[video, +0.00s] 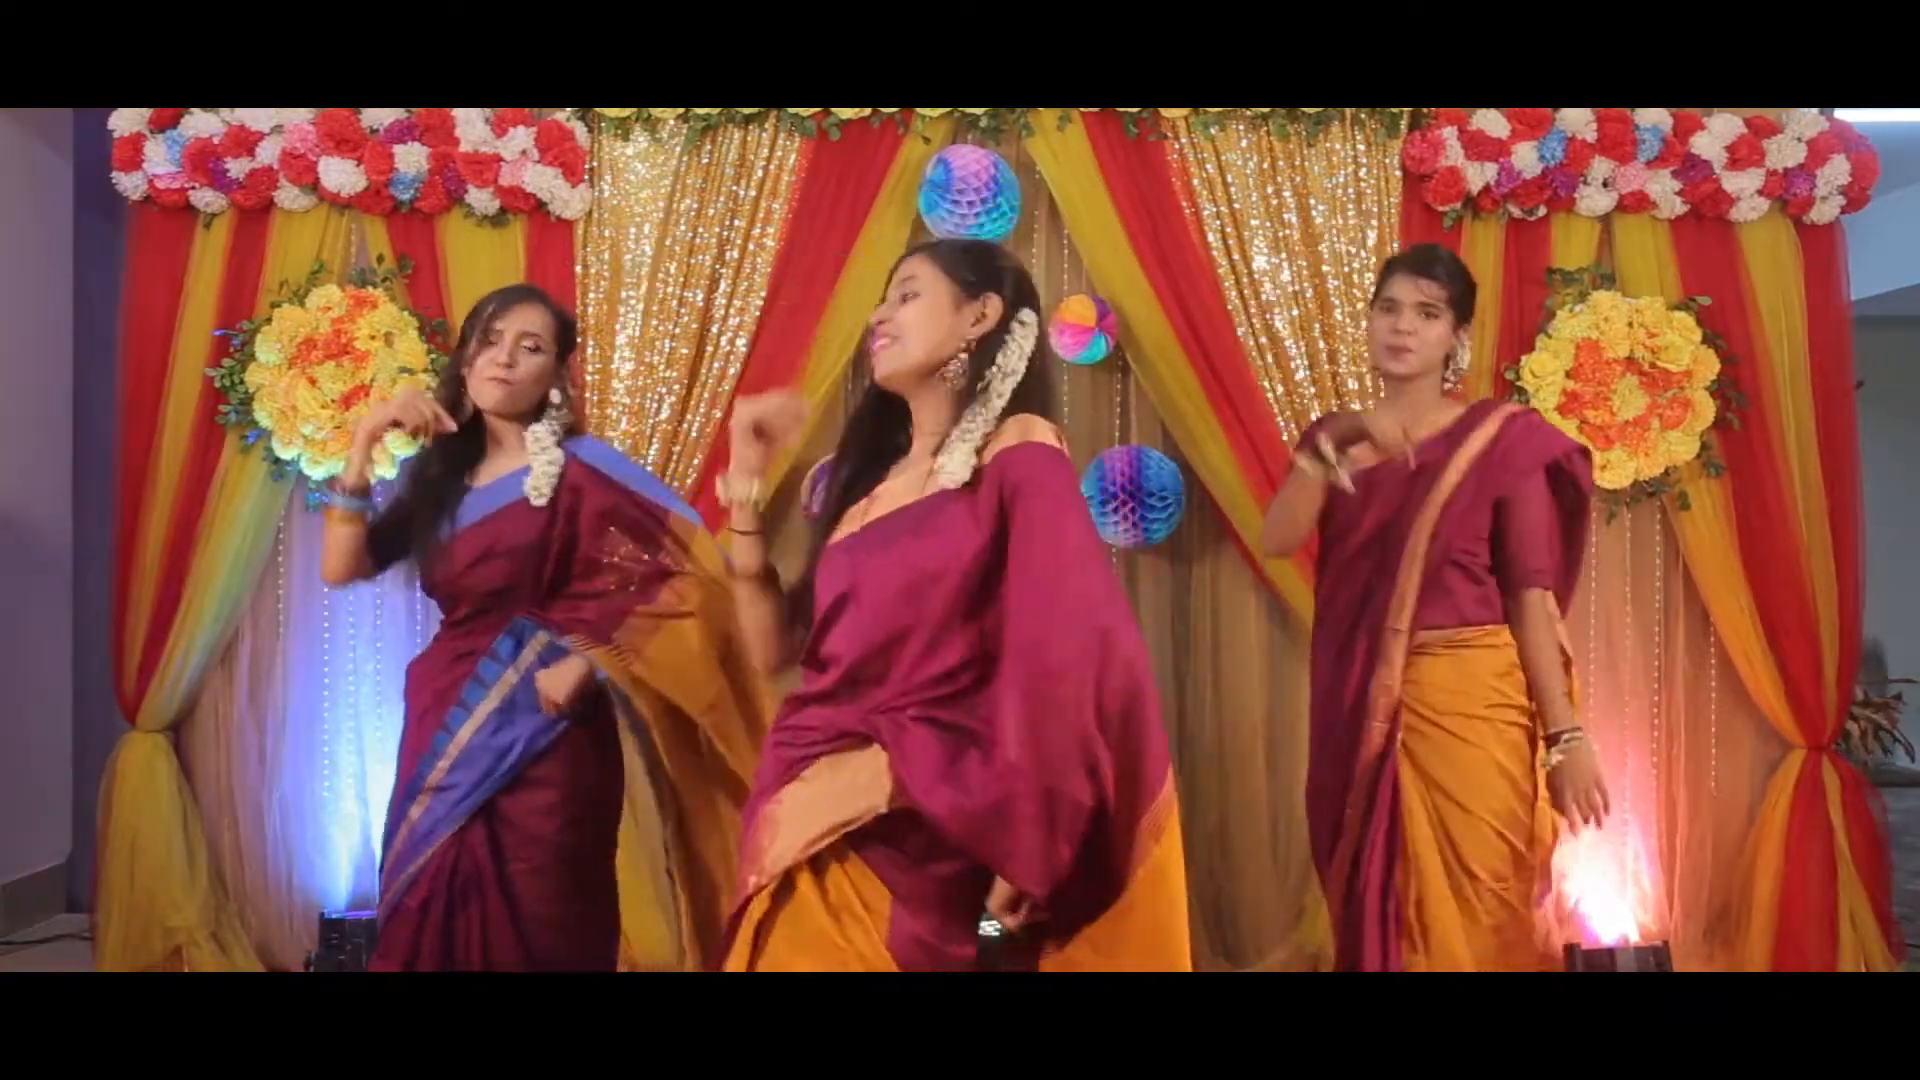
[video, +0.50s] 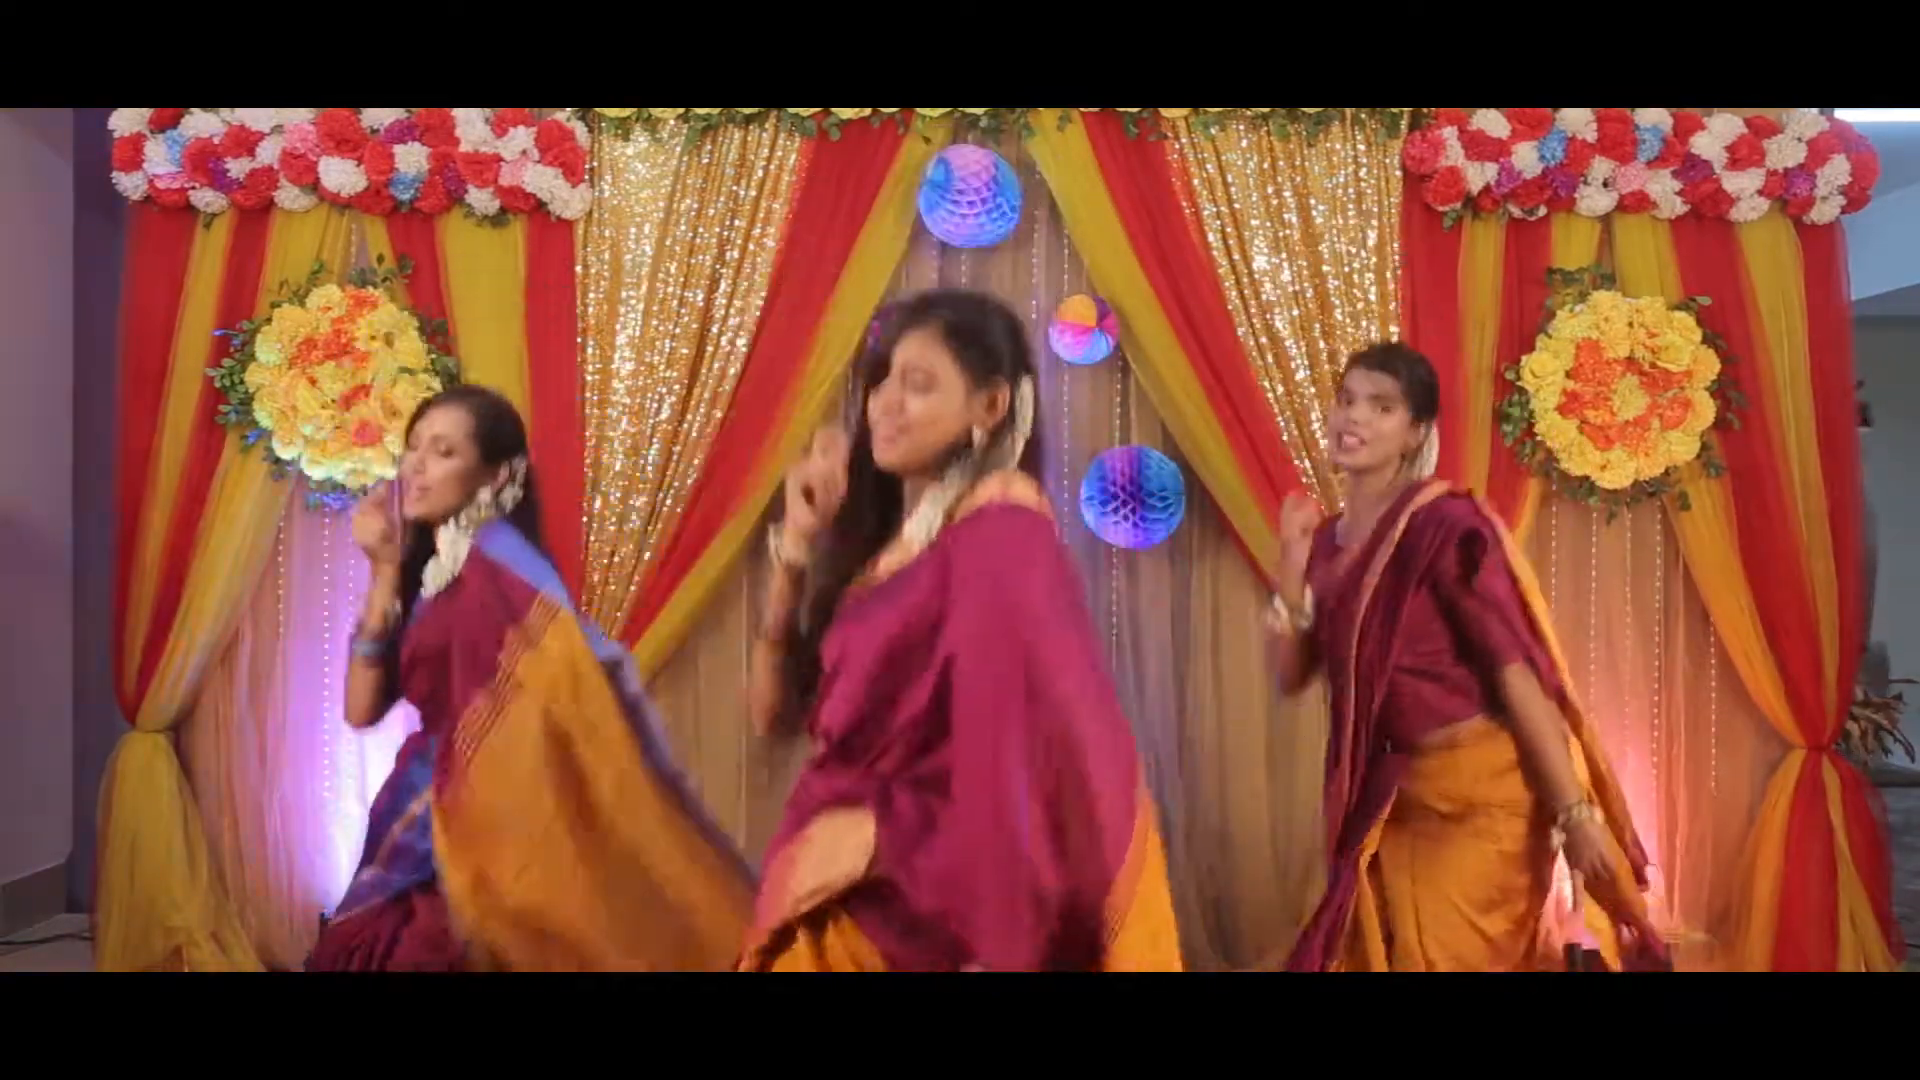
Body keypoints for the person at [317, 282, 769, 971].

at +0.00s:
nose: (504, 356)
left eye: (530, 345)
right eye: (489, 339)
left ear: (558, 376)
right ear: (464, 363)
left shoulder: (581, 470)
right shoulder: (442, 474)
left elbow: (685, 586)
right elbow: (343, 566)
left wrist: (583, 665)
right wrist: (364, 444)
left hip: (549, 716)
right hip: (442, 718)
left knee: (544, 931)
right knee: (427, 922)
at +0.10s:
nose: (484, 324)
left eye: (514, 316)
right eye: (478, 307)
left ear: (549, 351)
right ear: (458, 326)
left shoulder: (560, 438)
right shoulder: (437, 450)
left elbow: (662, 545)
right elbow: (315, 497)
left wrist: (548, 626)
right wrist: (361, 382)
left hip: (532, 710)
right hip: (437, 713)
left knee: (524, 928)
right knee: (428, 916)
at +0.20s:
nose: (473, 297)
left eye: (502, 292)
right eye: (468, 283)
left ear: (540, 327)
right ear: (449, 302)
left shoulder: (540, 401)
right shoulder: (426, 412)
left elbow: (666, 489)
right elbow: (308, 460)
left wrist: (539, 589)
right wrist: (363, 348)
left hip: (516, 653)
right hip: (430, 648)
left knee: (501, 859)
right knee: (423, 848)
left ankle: (510, 965)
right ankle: (431, 964)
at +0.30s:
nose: (444, 326)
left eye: (473, 317)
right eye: (446, 311)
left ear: (523, 352)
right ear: (433, 326)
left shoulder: (523, 429)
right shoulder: (423, 436)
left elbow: (628, 528)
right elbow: (327, 519)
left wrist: (515, 622)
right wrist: (362, 378)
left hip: (502, 684)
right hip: (422, 683)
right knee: (407, 871)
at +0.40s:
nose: (429, 406)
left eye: (455, 392)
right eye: (426, 387)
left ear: (510, 419)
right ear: (415, 396)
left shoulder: (510, 498)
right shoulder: (422, 498)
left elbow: (593, 614)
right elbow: (342, 622)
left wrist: (483, 716)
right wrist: (372, 504)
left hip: (498, 760)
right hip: (425, 751)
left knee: (438, 932)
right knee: (377, 925)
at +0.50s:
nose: (414, 466)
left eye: (442, 452)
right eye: (413, 447)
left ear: (499, 475)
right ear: (402, 455)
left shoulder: (504, 563)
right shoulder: (427, 564)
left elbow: (592, 671)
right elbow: (362, 710)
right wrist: (383, 571)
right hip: (433, 811)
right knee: (351, 943)